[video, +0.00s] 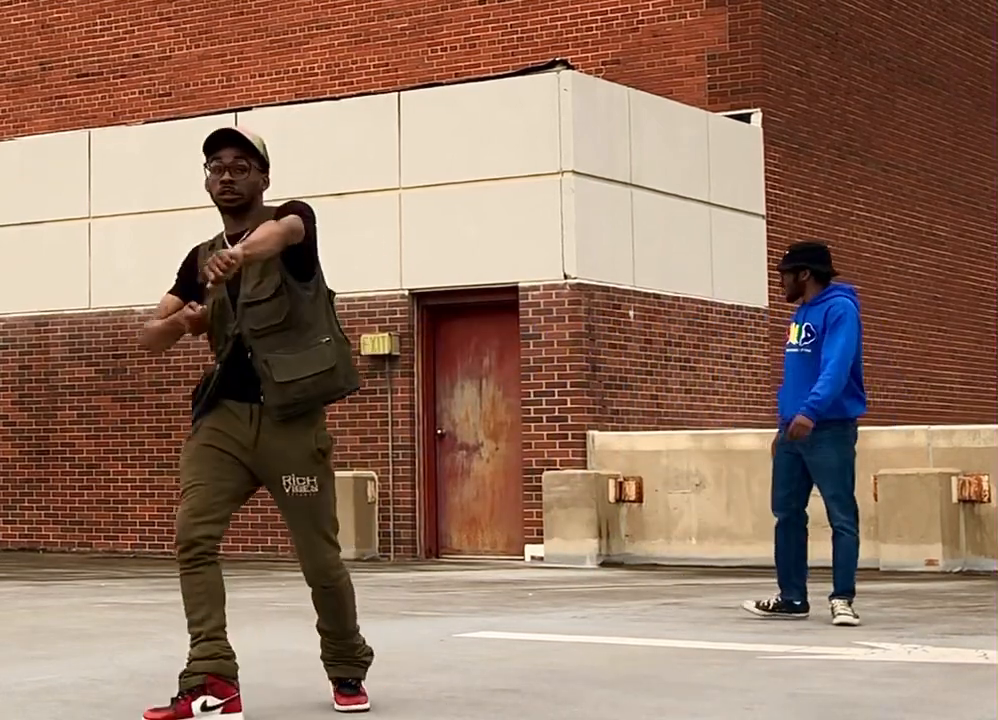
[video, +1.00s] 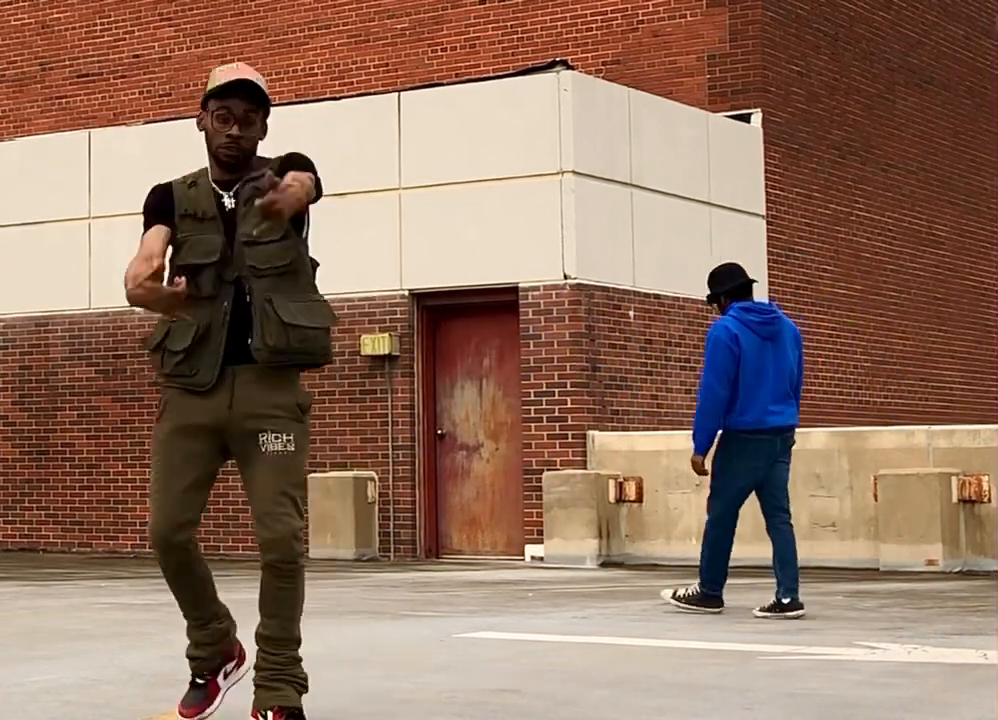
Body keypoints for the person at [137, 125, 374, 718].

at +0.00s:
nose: (228, 178)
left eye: (240, 168)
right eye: (218, 169)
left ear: (264, 177)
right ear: (206, 182)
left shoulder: (294, 217)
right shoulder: (201, 259)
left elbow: (279, 233)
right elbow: (150, 339)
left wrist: (238, 253)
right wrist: (184, 318)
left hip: (291, 417)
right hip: (223, 419)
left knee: (321, 561)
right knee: (194, 539)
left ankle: (347, 672)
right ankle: (213, 681)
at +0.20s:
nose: (240, 165)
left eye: (251, 154)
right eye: (229, 158)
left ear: (274, 159)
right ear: (219, 169)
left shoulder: (308, 199)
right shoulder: (207, 232)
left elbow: (284, 229)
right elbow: (145, 281)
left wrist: (219, 263)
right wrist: (159, 300)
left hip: (292, 400)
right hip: (216, 403)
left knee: (321, 546)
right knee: (192, 527)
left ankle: (344, 661)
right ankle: (208, 674)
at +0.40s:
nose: (259, 203)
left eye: (271, 193)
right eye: (248, 194)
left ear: (292, 200)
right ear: (233, 203)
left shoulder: (317, 243)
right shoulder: (213, 266)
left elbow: (297, 262)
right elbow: (198, 320)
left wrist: (224, 274)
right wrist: (201, 355)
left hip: (292, 439)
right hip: (219, 439)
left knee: (318, 577)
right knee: (190, 563)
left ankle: (352, 671)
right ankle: (246, 676)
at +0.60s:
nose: (254, 163)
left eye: (265, 152)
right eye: (241, 153)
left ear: (281, 159)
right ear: (223, 160)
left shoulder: (307, 221)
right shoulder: (194, 207)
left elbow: (311, 289)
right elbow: (159, 248)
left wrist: (303, 345)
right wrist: (171, 257)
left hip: (291, 416)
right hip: (209, 420)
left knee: (344, 530)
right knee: (198, 554)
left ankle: (313, 651)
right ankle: (238, 672)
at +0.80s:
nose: (255, 165)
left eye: (267, 154)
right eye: (242, 154)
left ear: (283, 160)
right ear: (224, 163)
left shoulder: (306, 227)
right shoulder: (198, 205)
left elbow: (313, 308)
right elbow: (162, 183)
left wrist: (315, 385)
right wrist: (147, 149)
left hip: (285, 417)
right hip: (204, 420)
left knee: (338, 534)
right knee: (198, 569)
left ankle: (284, 688)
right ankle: (231, 677)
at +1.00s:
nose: (234, 123)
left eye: (247, 113)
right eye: (222, 111)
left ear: (263, 123)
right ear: (202, 117)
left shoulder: (289, 170)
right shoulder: (173, 195)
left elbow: (298, 186)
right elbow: (136, 280)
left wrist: (282, 199)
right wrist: (160, 293)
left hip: (271, 387)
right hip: (189, 389)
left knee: (282, 542)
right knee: (168, 533)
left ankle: (280, 697)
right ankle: (215, 649)